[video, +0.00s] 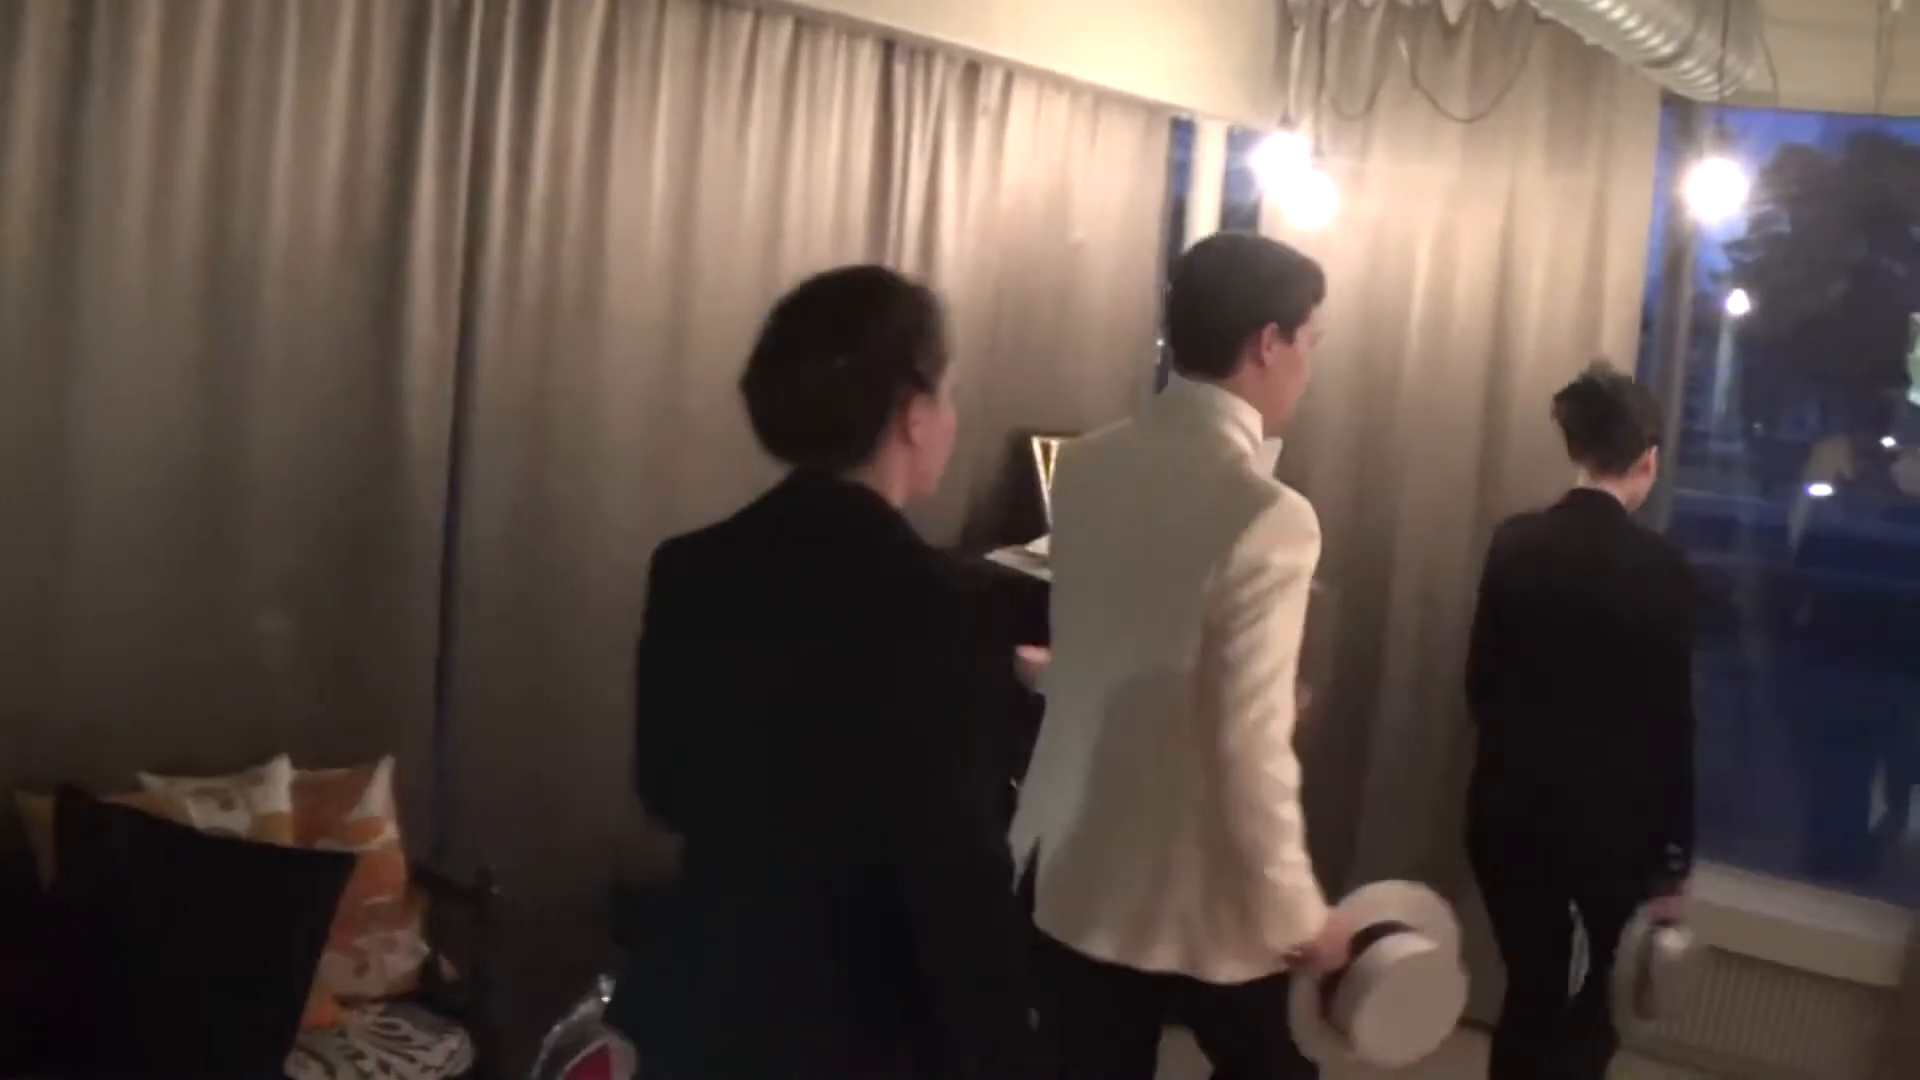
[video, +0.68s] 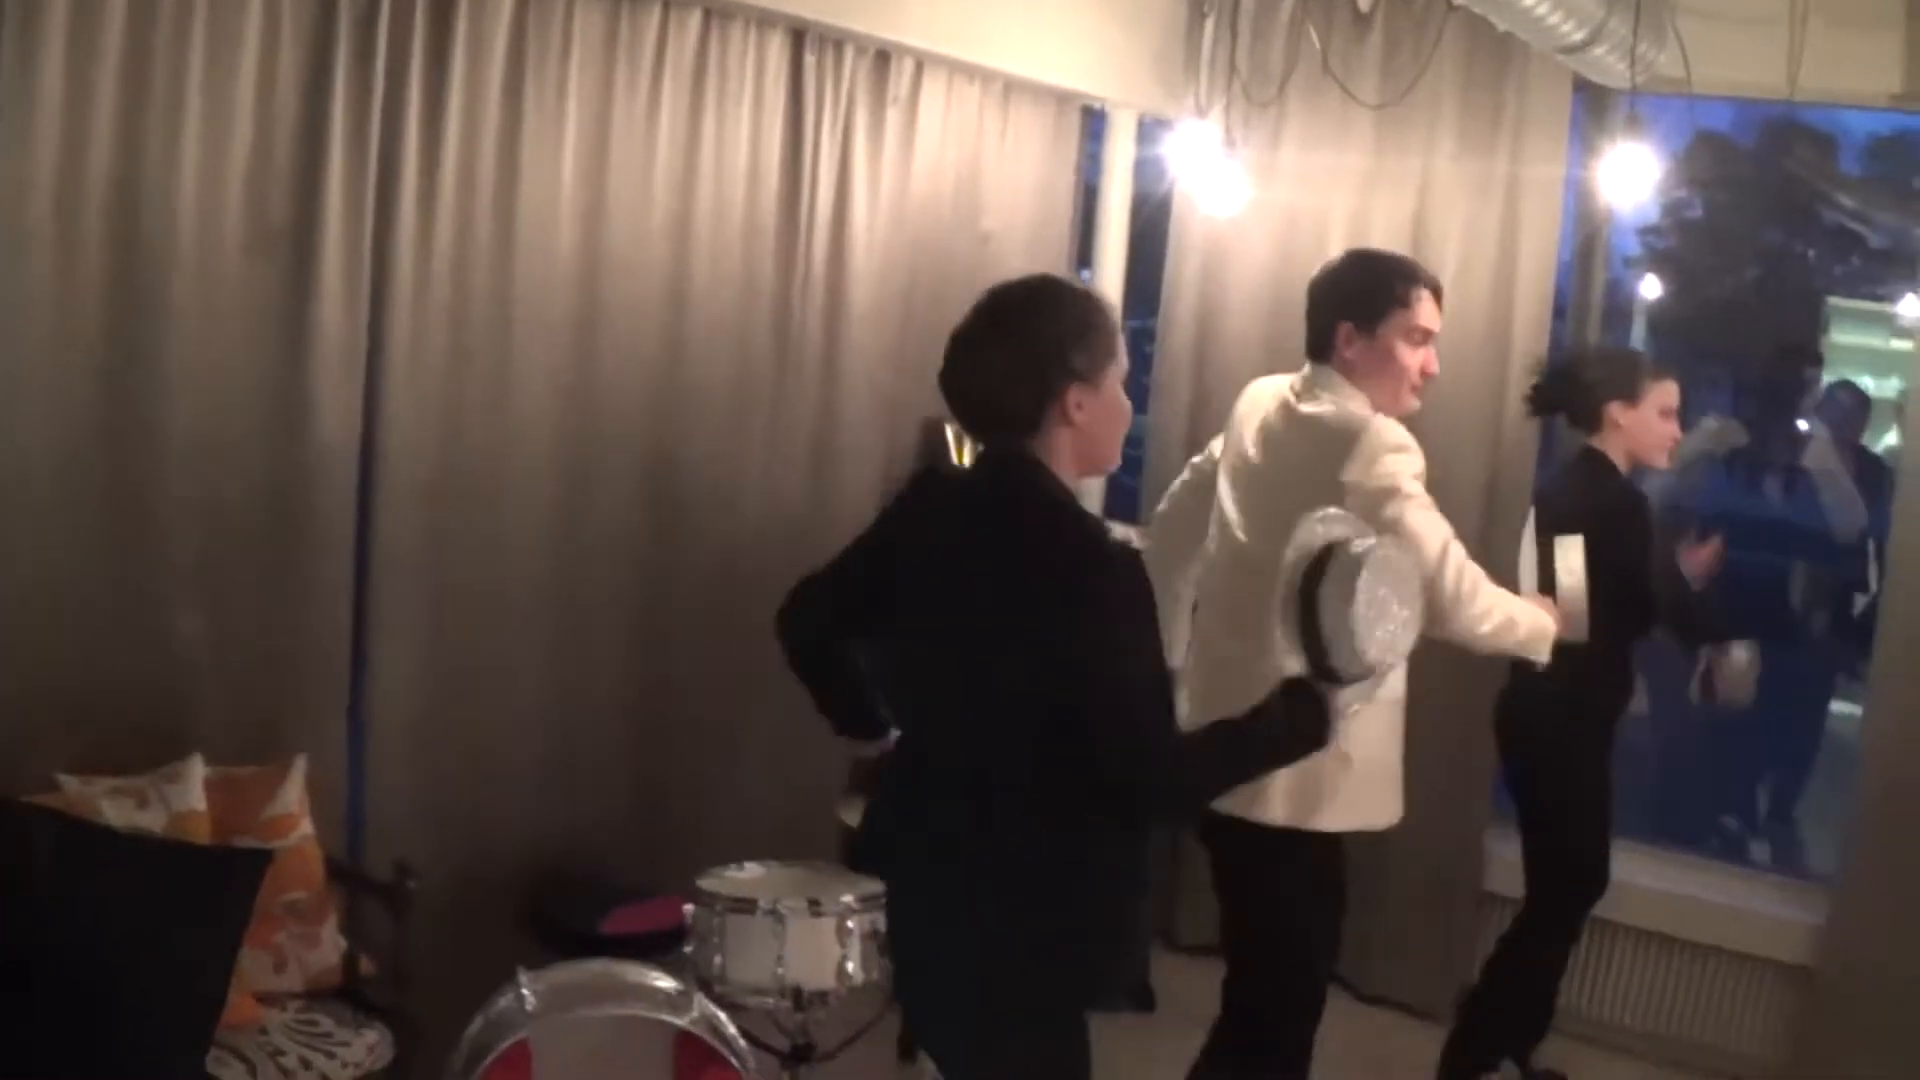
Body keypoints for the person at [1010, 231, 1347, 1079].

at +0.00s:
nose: (1308, 367)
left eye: (1312, 342)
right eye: (1308, 341)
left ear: (1184, 328)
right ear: (1267, 344)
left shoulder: (1082, 470)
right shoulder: (1266, 517)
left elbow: (1076, 659)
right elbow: (1252, 740)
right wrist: (1302, 918)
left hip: (1071, 879)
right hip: (1205, 902)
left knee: (1090, 1067)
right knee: (1267, 1066)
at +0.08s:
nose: (1321, 351)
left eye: (1322, 328)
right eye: (1318, 327)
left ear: (1207, 315)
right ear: (1281, 331)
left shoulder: (1116, 439)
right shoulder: (1264, 492)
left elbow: (1171, 613)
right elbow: (1237, 709)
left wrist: (1325, 612)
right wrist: (1271, 893)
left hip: (1078, 866)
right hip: (1202, 892)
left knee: (1081, 1062)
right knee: (1251, 1062)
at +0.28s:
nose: (1368, 367)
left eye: (1368, 345)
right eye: (1364, 346)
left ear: (1254, 340)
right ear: (1324, 354)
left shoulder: (1168, 458)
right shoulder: (1312, 503)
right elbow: (1259, 690)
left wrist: (1384, 600)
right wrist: (1283, 878)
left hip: (1155, 831)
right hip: (1264, 856)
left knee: (1138, 1046)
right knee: (1268, 1062)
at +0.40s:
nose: (1396, 393)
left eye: (1396, 369)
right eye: (1389, 369)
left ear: (1301, 366)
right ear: (1342, 376)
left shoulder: (1187, 485)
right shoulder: (1340, 522)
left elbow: (1185, 664)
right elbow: (1337, 720)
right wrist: (1381, 882)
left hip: (1189, 866)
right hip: (1300, 887)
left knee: (1190, 1061)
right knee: (1302, 1061)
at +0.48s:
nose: (1414, 390)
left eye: (1412, 368)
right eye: (1403, 367)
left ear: (1322, 369)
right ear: (1343, 373)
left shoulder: (1203, 477)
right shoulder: (1354, 513)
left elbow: (1186, 642)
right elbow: (1375, 689)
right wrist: (1455, 812)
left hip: (1209, 805)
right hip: (1310, 834)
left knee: (1238, 1031)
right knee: (1280, 1043)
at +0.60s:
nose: (1432, 372)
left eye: (1431, 349)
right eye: (1418, 347)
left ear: (1337, 349)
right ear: (1350, 348)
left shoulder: (1241, 425)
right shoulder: (1376, 462)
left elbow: (1164, 557)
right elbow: (1440, 626)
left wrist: (1177, 674)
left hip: (1226, 782)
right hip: (1316, 805)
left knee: (1257, 1012)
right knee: (1286, 1034)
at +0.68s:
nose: (1433, 366)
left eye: (1433, 344)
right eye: (1418, 341)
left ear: (1340, 341)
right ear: (1349, 340)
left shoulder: (1258, 406)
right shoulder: (1374, 448)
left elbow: (1167, 534)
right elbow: (1451, 593)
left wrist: (1166, 649)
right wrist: (1544, 624)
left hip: (1224, 765)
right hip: (1299, 792)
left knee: (1255, 1003)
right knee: (1280, 1016)